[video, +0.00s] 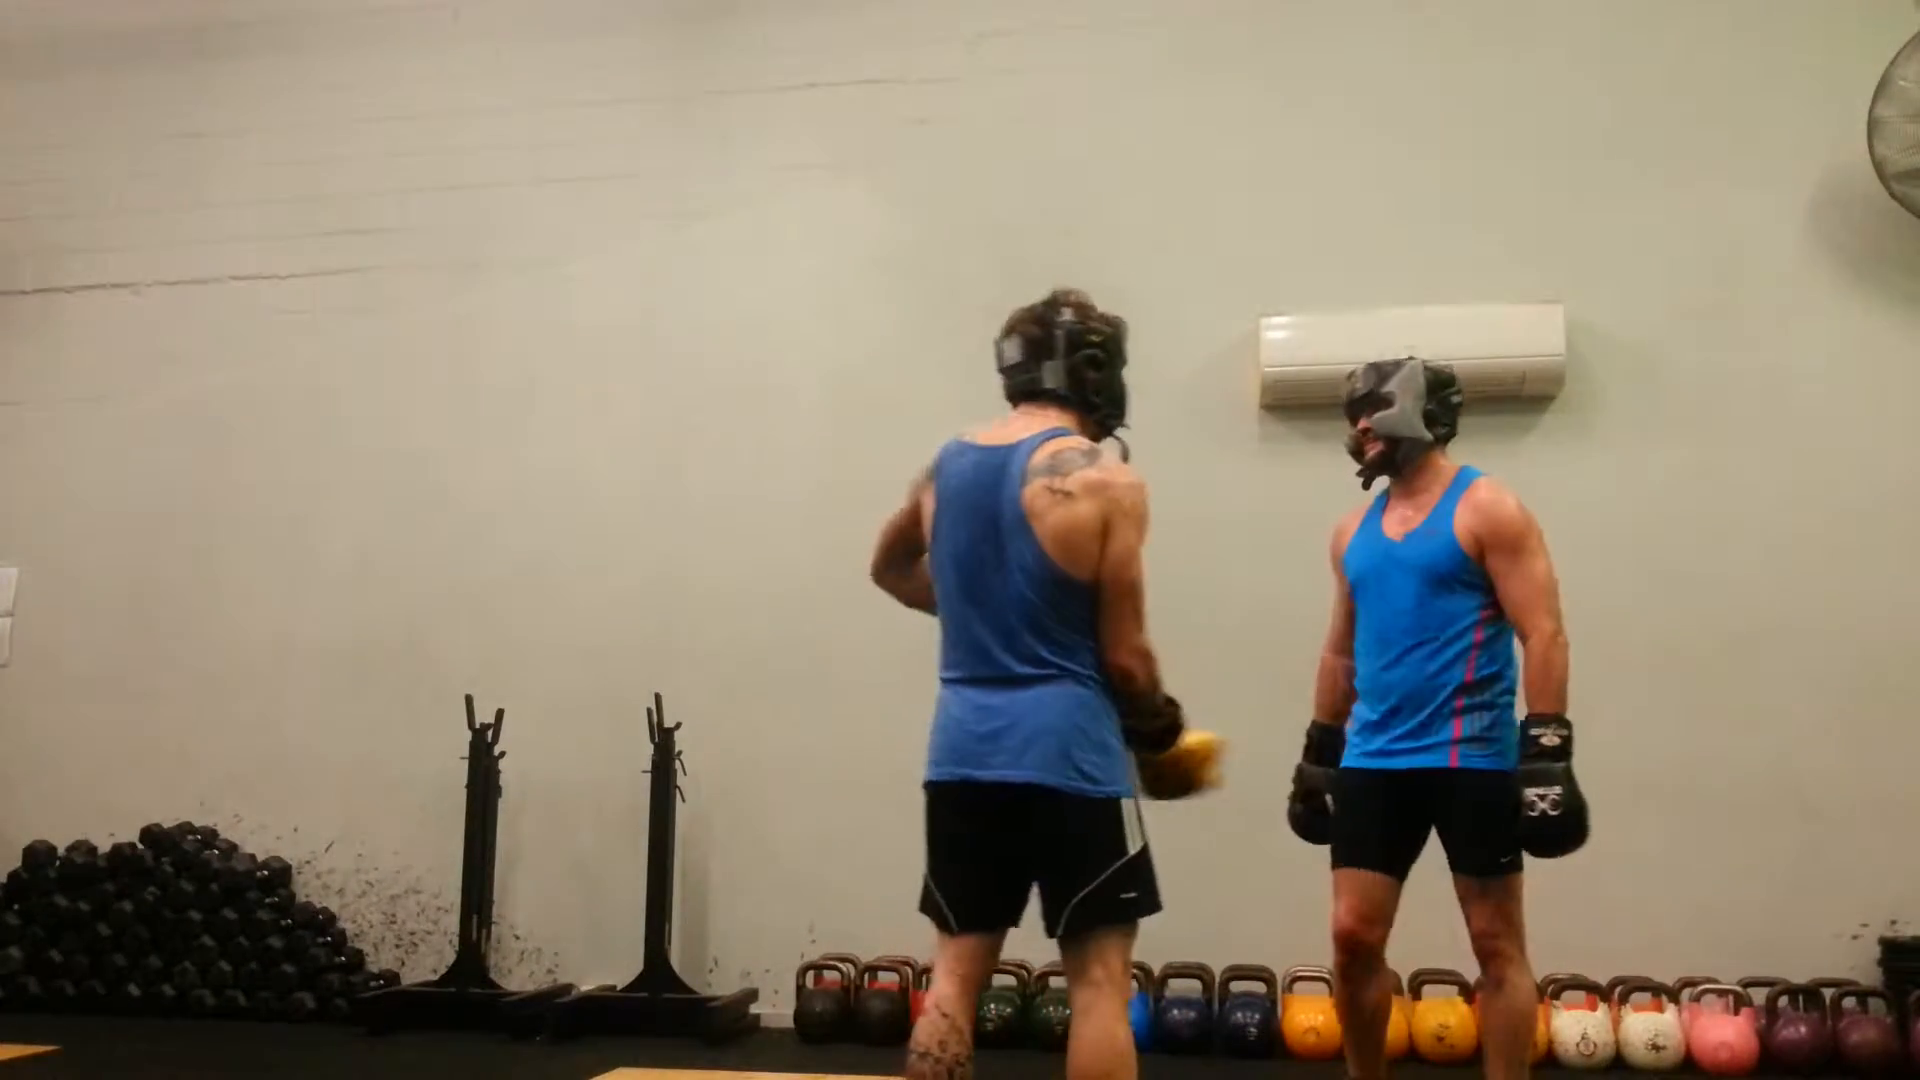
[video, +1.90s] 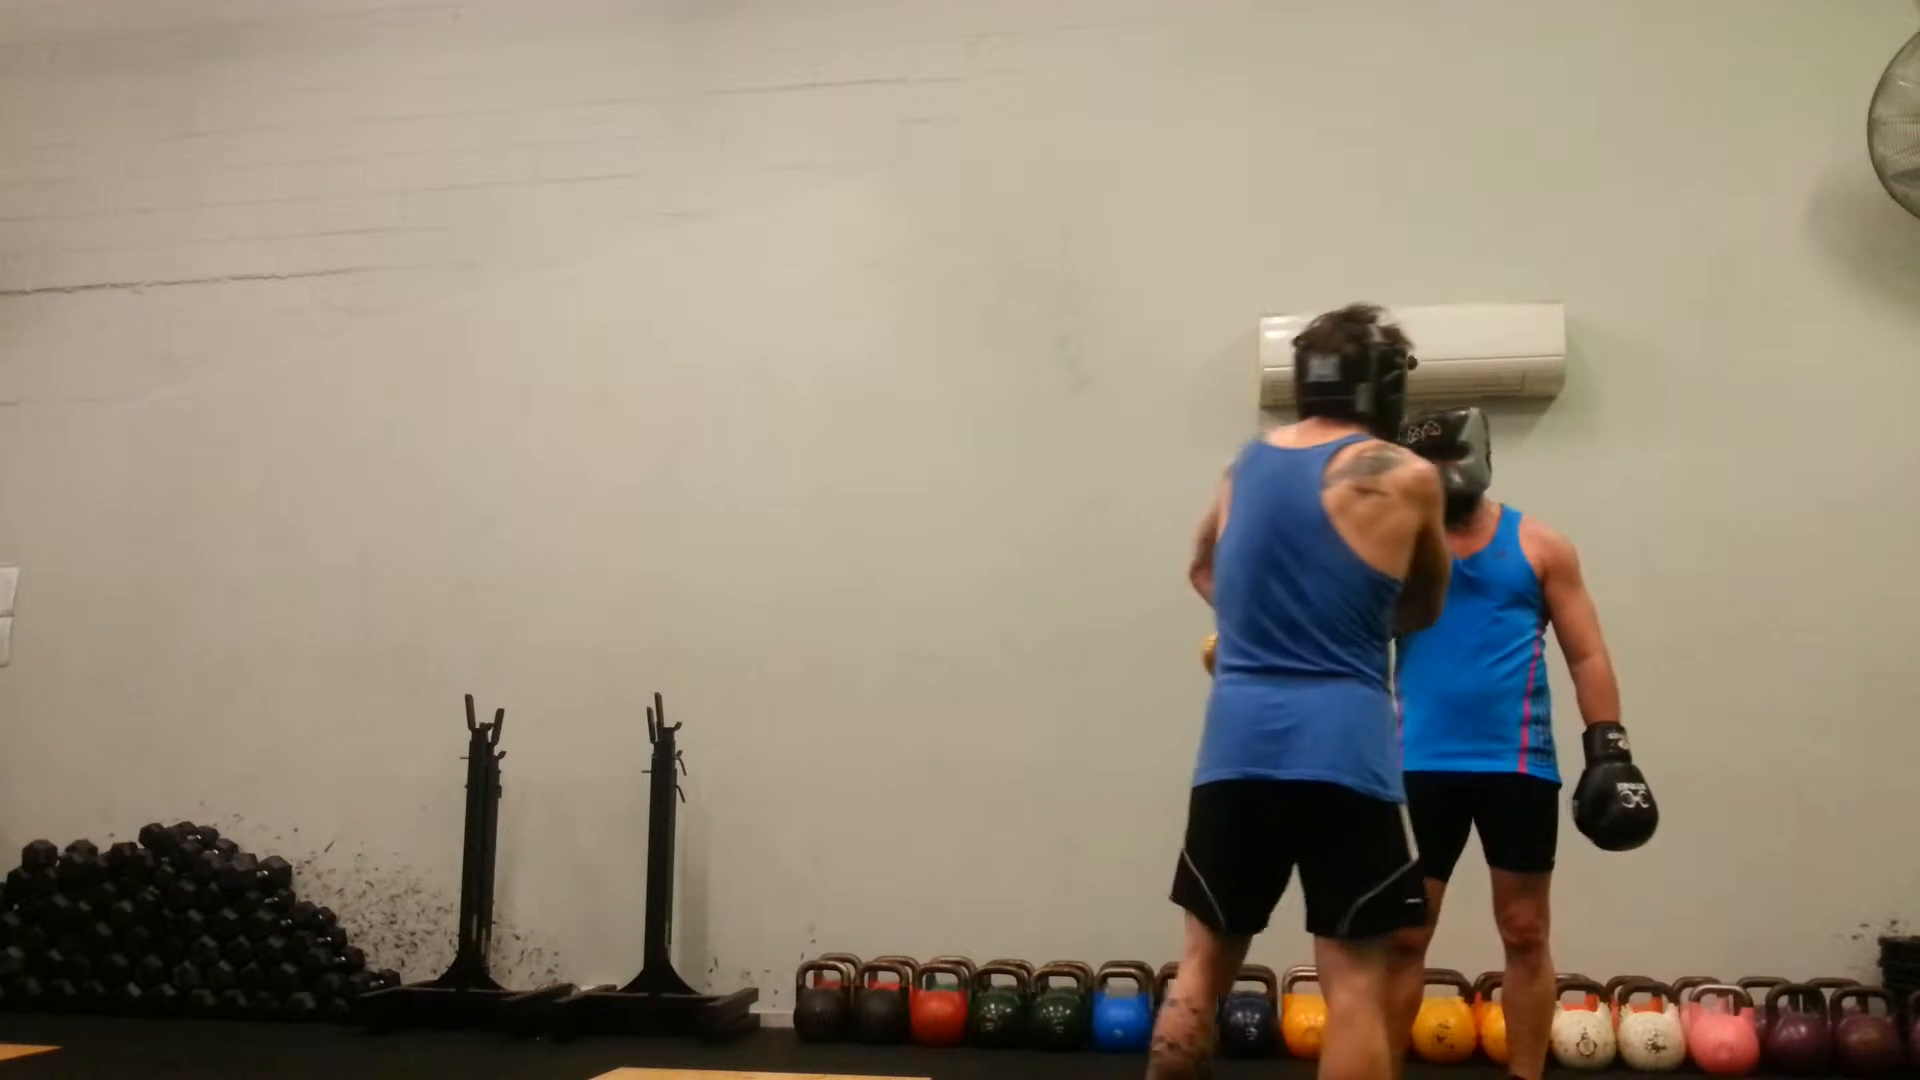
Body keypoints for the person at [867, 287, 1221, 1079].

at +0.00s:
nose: (1119, 376)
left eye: (1112, 361)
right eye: (1113, 363)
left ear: (1014, 372)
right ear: (1100, 373)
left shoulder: (952, 462)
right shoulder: (1111, 483)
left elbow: (891, 566)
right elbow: (1124, 657)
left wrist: (980, 608)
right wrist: (1161, 743)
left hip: (962, 758)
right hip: (1072, 764)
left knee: (955, 973)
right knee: (1100, 986)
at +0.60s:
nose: (1223, 408)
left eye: (1225, 397)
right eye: (1224, 395)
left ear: (1130, 382)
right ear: (1207, 387)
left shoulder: (1057, 451)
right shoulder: (1221, 486)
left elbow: (986, 535)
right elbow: (1247, 649)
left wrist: (1073, 564)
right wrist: (1220, 727)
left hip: (1054, 751)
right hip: (1157, 758)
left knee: (1075, 952)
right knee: (1143, 979)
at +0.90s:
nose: (1228, 423)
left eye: (1230, 413)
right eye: (1228, 411)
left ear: (1140, 396)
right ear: (1209, 404)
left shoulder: (1075, 464)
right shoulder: (1223, 479)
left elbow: (1031, 554)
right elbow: (1255, 627)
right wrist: (1201, 693)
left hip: (1076, 760)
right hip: (1171, 765)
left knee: (1118, 967)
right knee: (1172, 984)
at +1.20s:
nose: (1231, 443)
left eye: (1235, 433)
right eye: (1232, 429)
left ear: (1143, 404)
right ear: (1210, 410)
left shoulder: (1080, 478)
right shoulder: (1215, 470)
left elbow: (1112, 616)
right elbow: (1263, 616)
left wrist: (1223, 649)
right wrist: (1196, 655)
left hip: (1097, 762)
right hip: (1192, 760)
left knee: (1134, 957)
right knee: (1269, 953)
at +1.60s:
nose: (1314, 409)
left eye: (1310, 397)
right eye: (1309, 396)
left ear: (1218, 395)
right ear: (1294, 399)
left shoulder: (1165, 477)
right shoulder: (1300, 478)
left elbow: (1201, 613)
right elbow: (1348, 620)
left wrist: (1301, 646)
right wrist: (1258, 637)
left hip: (1172, 757)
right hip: (1272, 759)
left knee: (1175, 963)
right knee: (1318, 973)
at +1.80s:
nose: (1381, 391)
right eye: (1374, 378)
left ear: (1276, 383)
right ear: (1359, 387)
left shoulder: (1229, 465)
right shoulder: (1380, 477)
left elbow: (1196, 577)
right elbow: (1403, 606)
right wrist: (1302, 633)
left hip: (1221, 755)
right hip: (1327, 759)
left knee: (1190, 960)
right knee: (1344, 983)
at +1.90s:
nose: (1406, 388)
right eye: (1401, 376)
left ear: (1302, 381)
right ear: (1388, 388)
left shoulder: (1247, 462)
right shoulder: (1412, 478)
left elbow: (1203, 571)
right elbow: (1417, 609)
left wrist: (1280, 624)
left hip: (1235, 756)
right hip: (1346, 762)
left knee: (1201, 965)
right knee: (1353, 989)